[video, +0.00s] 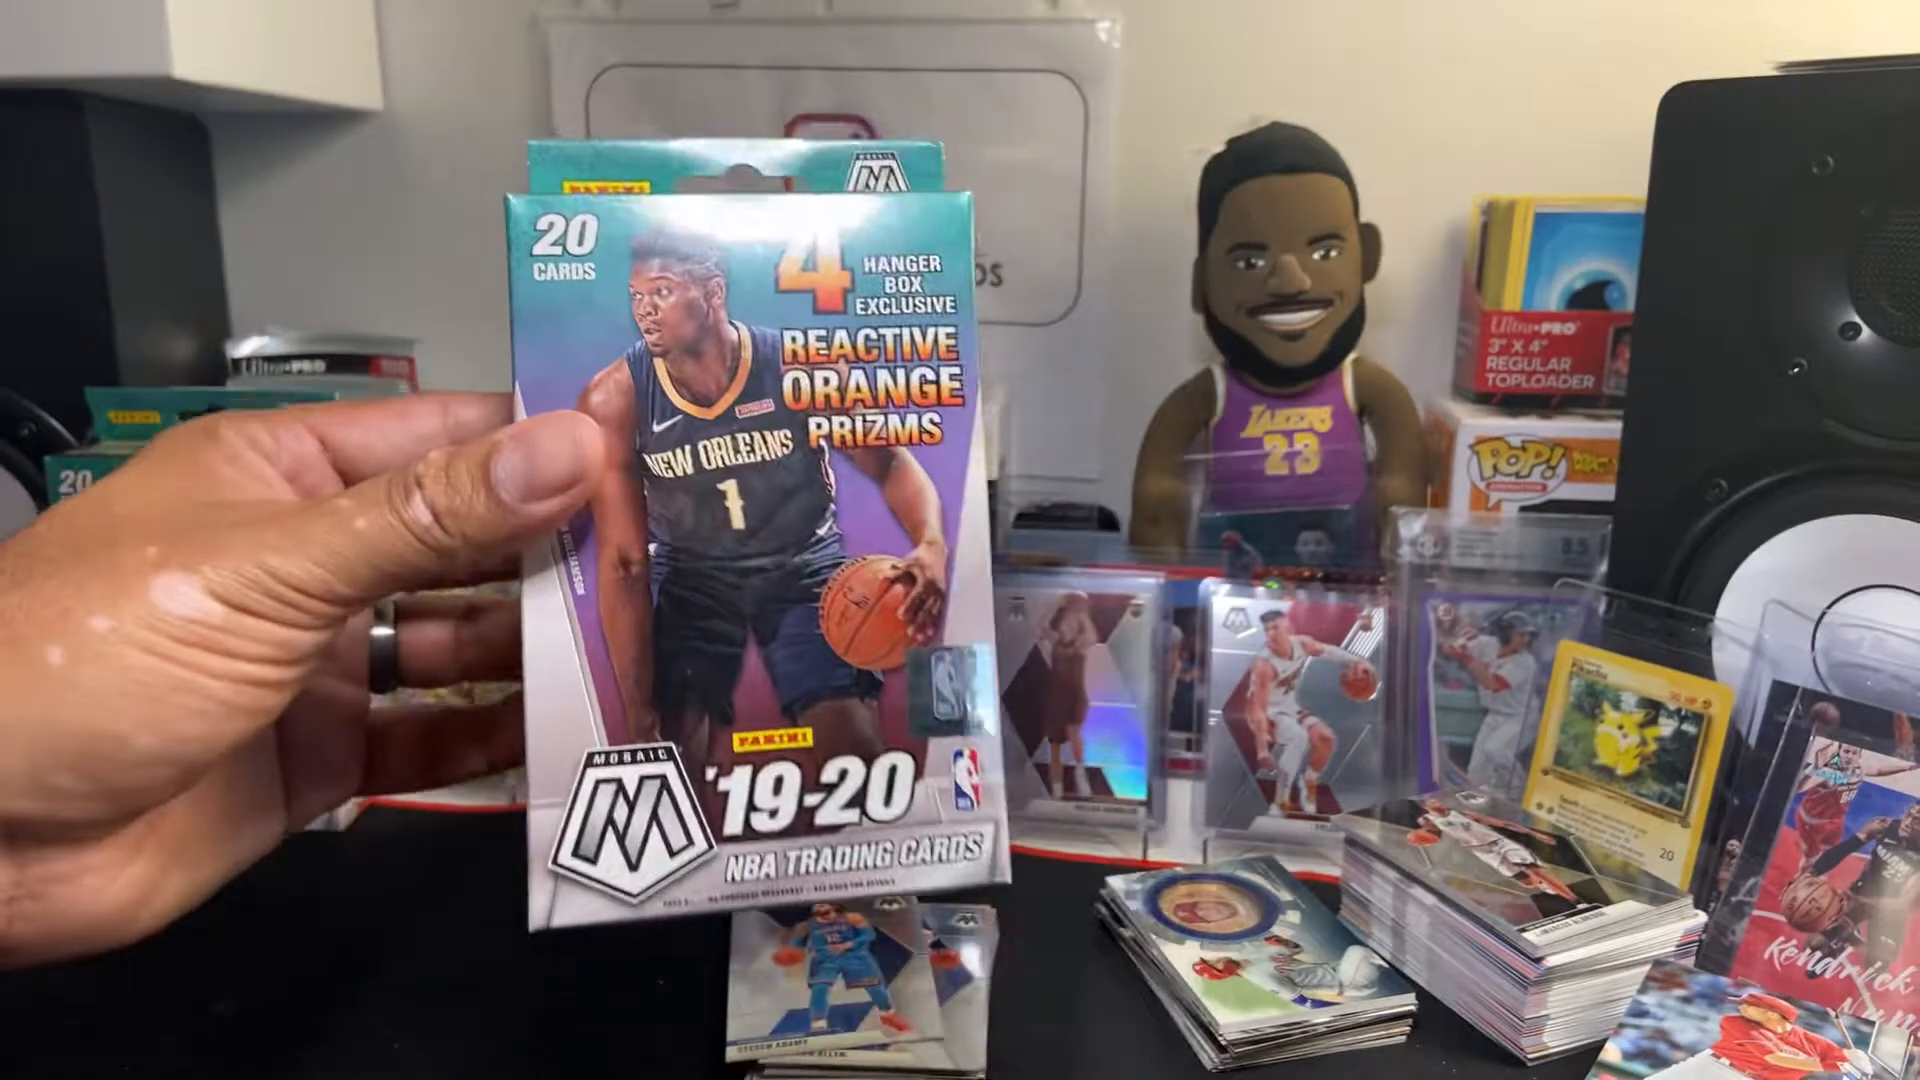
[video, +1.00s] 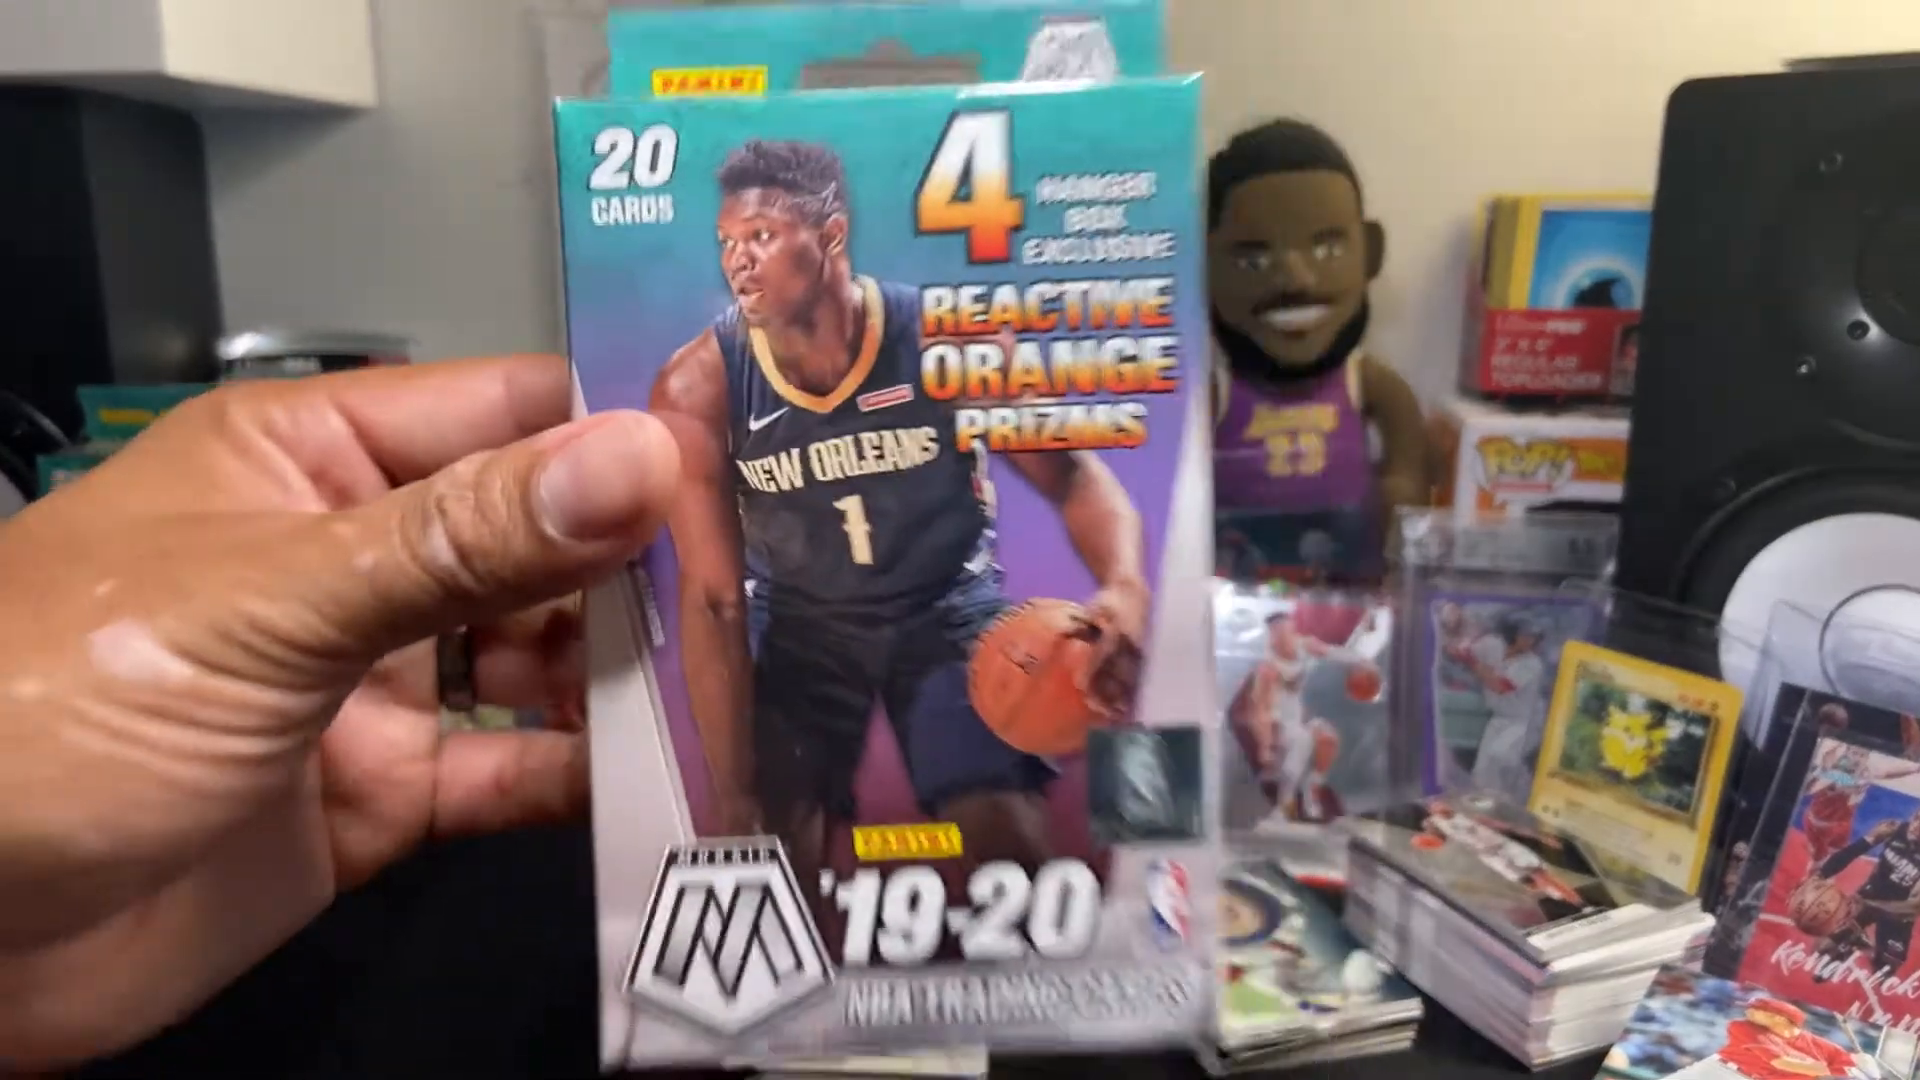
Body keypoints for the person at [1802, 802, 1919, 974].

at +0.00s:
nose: (1908, 823)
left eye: (1916, 821)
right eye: (1908, 815)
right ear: (1904, 813)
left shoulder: (1917, 859)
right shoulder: (1885, 827)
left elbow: (1904, 904)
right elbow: (1847, 847)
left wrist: (1859, 903)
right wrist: (1815, 869)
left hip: (1890, 910)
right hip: (1860, 894)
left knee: (1876, 965)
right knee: (1814, 943)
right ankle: (1835, 949)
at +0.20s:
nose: (1908, 822)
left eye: (1916, 820)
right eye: (1909, 815)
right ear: (1904, 813)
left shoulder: (1917, 859)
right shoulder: (1883, 827)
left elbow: (1905, 905)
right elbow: (1844, 848)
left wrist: (1858, 903)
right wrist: (1814, 870)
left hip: (1891, 908)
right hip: (1861, 893)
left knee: (1876, 970)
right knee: (1814, 945)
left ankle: (1853, 939)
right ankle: (1836, 949)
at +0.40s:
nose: (1913, 824)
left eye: (1919, 822)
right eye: (1913, 816)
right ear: (1908, 815)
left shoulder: (1918, 857)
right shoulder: (1888, 828)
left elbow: (1910, 905)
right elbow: (1848, 849)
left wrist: (1862, 904)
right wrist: (1816, 873)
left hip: (1895, 909)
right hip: (1865, 895)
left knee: (1880, 970)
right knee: (1819, 945)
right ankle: (1842, 947)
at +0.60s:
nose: (1915, 826)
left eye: (1919, 824)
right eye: (1915, 818)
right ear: (1911, 817)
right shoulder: (1892, 830)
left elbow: (1912, 906)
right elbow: (1851, 851)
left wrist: (1866, 906)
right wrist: (1819, 874)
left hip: (1898, 911)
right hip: (1867, 898)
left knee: (1883, 973)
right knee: (1822, 949)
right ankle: (1849, 944)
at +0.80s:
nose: (1915, 827)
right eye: (1916, 819)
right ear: (1912, 817)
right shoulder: (1893, 831)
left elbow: (1913, 907)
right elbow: (1853, 851)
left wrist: (1867, 906)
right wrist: (1821, 874)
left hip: (1899, 913)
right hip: (1869, 899)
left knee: (1885, 972)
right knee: (1826, 949)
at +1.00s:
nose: (1915, 827)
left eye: (1919, 824)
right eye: (1915, 819)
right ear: (1911, 818)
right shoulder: (1893, 830)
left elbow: (1912, 908)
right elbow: (1853, 851)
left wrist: (1866, 906)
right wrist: (1821, 874)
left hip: (1899, 912)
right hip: (1869, 898)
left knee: (1885, 972)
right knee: (1825, 949)